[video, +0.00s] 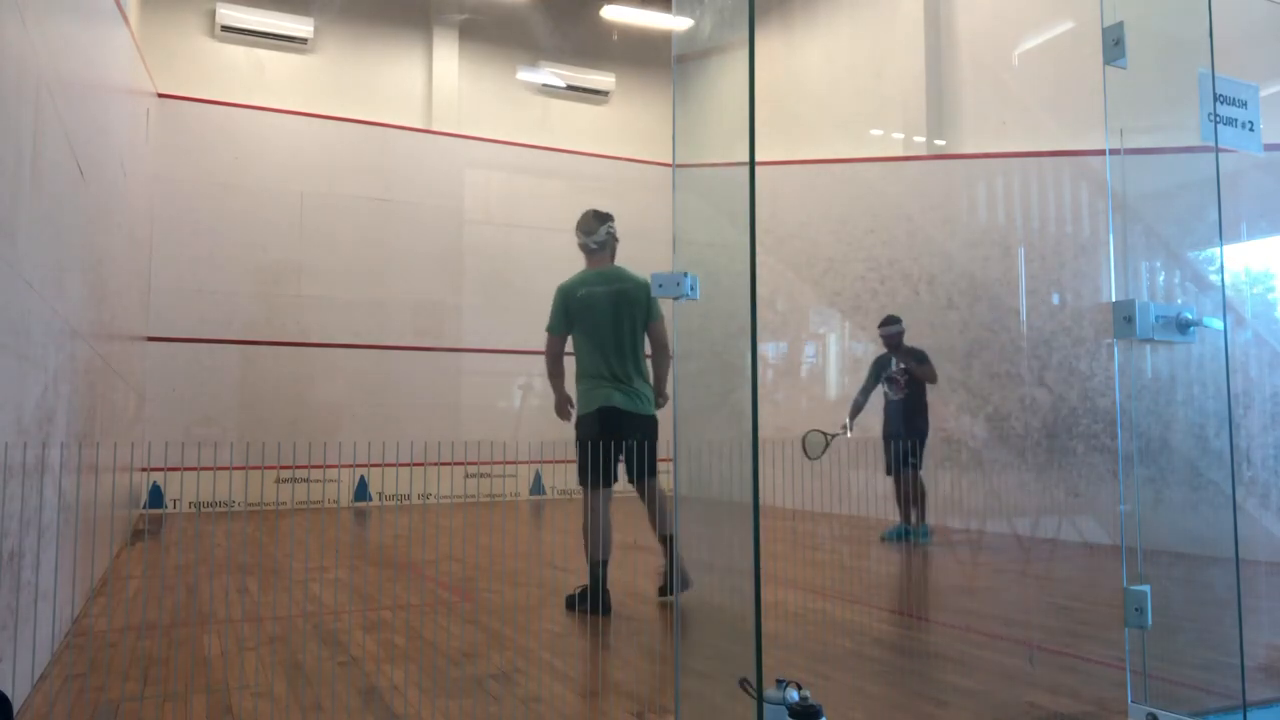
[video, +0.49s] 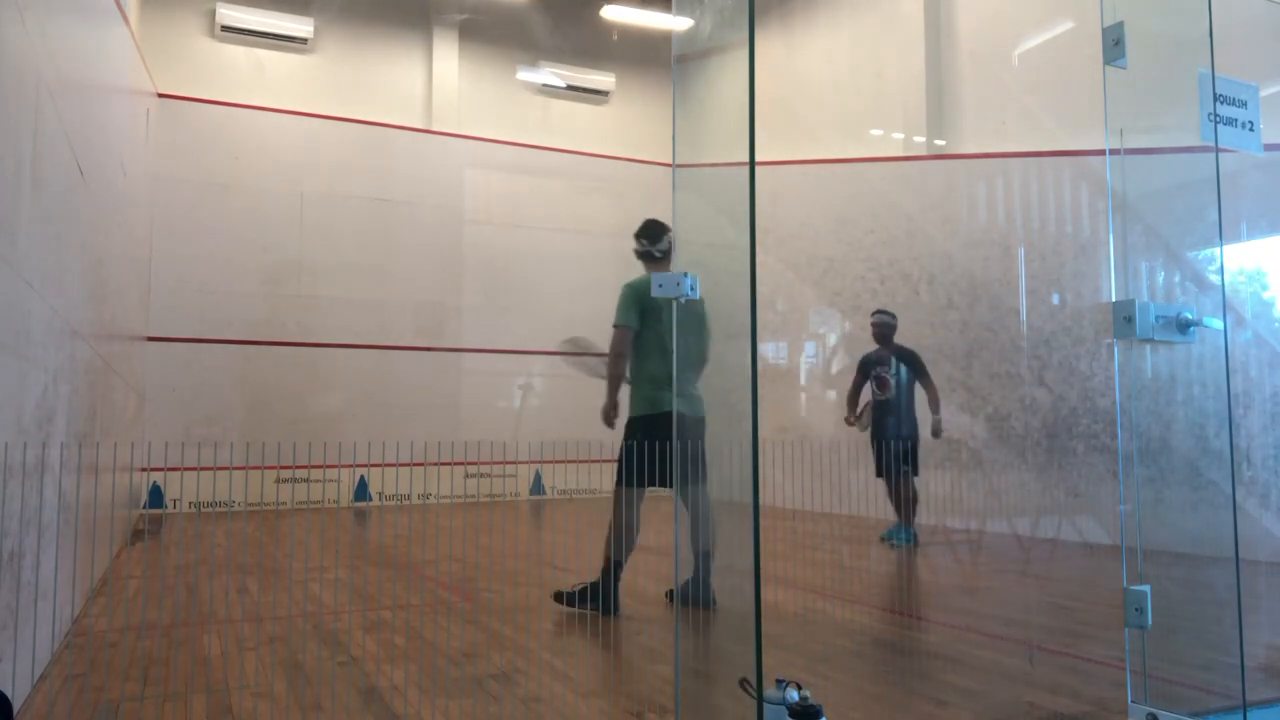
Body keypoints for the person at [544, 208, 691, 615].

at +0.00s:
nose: (582, 248)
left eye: (579, 242)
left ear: (580, 245)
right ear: (615, 243)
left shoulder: (569, 291)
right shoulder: (639, 286)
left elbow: (554, 352)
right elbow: (661, 346)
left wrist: (559, 393)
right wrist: (660, 388)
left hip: (595, 410)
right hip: (640, 409)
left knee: (595, 498)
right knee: (649, 487)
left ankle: (597, 589)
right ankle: (676, 567)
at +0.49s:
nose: (642, 255)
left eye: (639, 249)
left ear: (638, 252)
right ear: (672, 249)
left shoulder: (636, 291)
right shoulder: (692, 295)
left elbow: (619, 350)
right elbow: (700, 357)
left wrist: (612, 398)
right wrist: (676, 384)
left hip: (649, 415)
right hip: (690, 416)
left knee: (627, 499)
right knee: (697, 499)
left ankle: (605, 587)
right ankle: (701, 584)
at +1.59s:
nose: (624, 248)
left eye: (626, 242)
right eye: (627, 242)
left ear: (632, 244)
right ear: (658, 246)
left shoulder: (641, 284)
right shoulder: (669, 287)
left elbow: (643, 340)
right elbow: (661, 351)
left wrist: (599, 387)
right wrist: (618, 367)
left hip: (647, 412)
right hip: (669, 410)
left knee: (625, 499)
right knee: (679, 497)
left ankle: (610, 597)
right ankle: (699, 583)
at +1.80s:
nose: (594, 241)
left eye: (598, 234)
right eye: (596, 234)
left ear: (609, 238)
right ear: (625, 239)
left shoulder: (625, 282)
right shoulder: (629, 283)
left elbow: (631, 341)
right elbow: (622, 353)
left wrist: (572, 376)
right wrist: (571, 358)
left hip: (624, 408)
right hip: (628, 406)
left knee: (606, 499)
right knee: (629, 495)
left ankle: (609, 604)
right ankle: (677, 569)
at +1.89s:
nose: (579, 235)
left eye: (584, 228)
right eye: (580, 228)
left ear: (600, 232)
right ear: (604, 234)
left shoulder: (614, 277)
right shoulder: (602, 280)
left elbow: (618, 334)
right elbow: (599, 346)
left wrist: (556, 359)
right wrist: (550, 352)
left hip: (616, 408)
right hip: (601, 408)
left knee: (602, 501)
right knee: (580, 495)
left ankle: (611, 605)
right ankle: (635, 568)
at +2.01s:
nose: (564, 229)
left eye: (572, 222)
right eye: (565, 221)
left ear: (594, 228)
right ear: (577, 228)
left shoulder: (600, 275)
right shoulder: (584, 278)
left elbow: (595, 329)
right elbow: (576, 343)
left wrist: (532, 337)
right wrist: (525, 341)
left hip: (605, 411)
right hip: (582, 410)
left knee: (601, 503)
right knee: (539, 490)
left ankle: (611, 606)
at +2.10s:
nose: (548, 231)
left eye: (558, 225)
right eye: (549, 224)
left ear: (578, 232)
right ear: (550, 229)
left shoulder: (586, 279)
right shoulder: (564, 282)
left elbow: (556, 324)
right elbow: (539, 340)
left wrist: (503, 307)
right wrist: (510, 311)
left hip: (587, 414)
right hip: (558, 413)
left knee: (588, 507)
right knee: (505, 491)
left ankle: (610, 607)